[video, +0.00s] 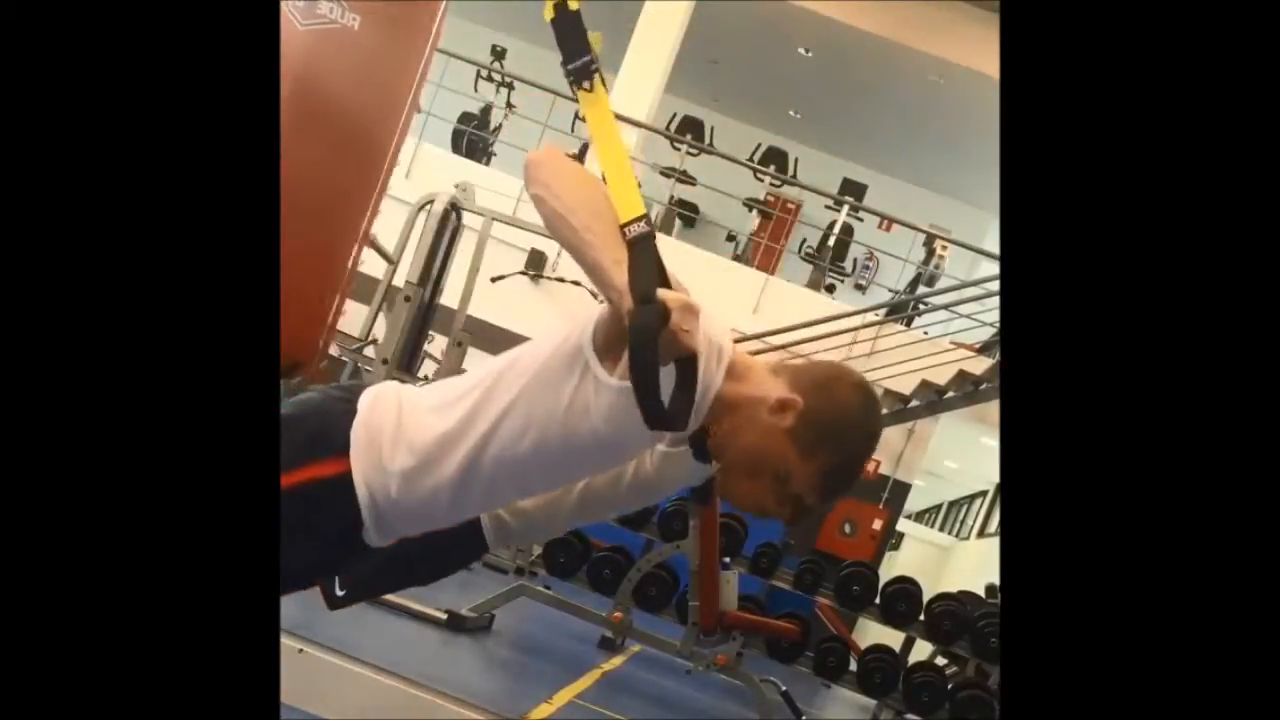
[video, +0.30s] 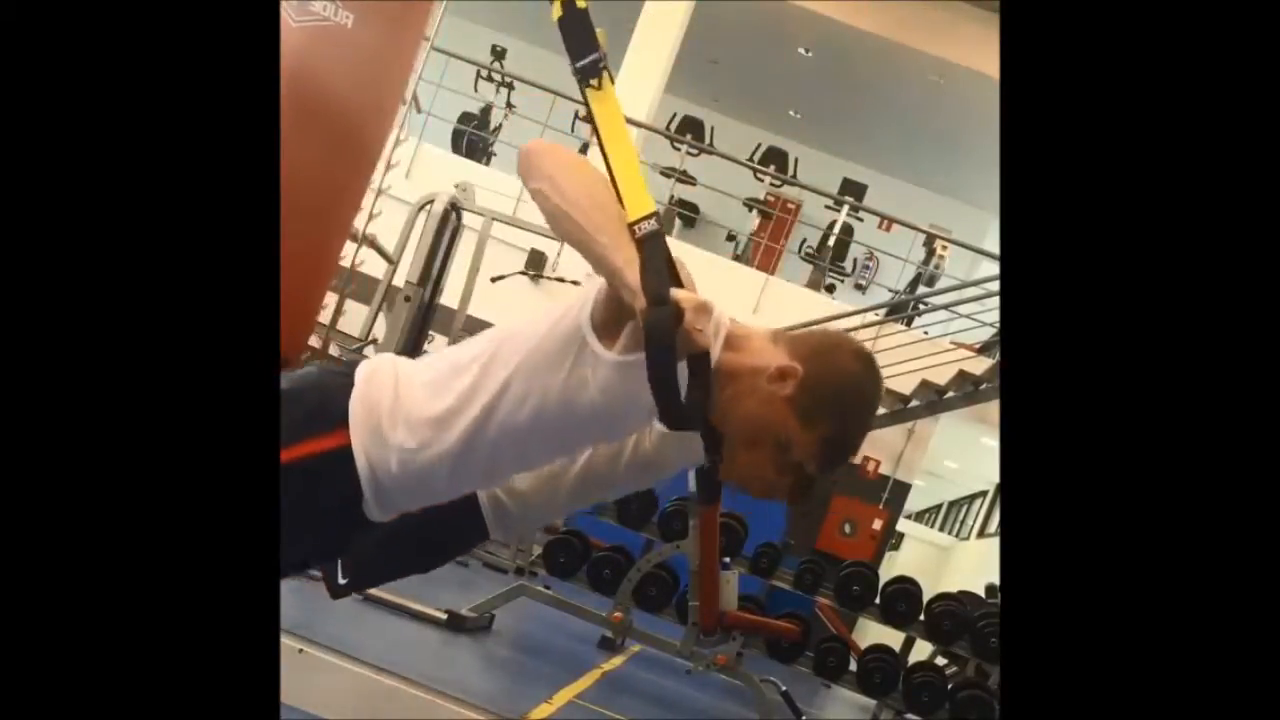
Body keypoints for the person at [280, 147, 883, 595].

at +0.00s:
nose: (760, 505)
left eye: (781, 504)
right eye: (779, 487)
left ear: (780, 407)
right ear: (779, 412)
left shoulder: (711, 440)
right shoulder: (683, 343)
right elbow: (547, 168)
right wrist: (638, 295)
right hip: (347, 470)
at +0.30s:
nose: (766, 486)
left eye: (788, 480)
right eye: (788, 463)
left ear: (781, 378)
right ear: (782, 384)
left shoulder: (710, 422)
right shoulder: (673, 307)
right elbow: (542, 160)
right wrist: (646, 291)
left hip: (377, 496)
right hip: (342, 442)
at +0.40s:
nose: (757, 403)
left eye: (778, 402)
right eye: (776, 385)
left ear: (775, 317)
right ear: (775, 319)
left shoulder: (697, 360)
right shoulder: (665, 259)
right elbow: (532, 141)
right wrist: (640, 276)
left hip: (371, 464)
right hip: (335, 412)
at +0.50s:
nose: (748, 347)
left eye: (766, 349)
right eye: (764, 332)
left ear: (765, 257)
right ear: (766, 263)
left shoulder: (682, 312)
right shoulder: (667, 219)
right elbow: (526, 129)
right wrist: (644, 278)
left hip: (375, 432)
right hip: (337, 381)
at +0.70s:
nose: (725, 239)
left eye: (744, 236)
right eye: (744, 222)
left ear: (731, 153)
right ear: (730, 155)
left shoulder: (642, 208)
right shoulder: (620, 119)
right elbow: (523, 130)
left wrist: (678, 369)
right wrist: (639, 279)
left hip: (358, 378)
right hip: (318, 321)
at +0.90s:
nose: (699, 145)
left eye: (717, 135)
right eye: (711, 119)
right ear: (683, 45)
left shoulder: (597, 134)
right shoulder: (553, 33)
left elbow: (634, 260)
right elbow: (539, 149)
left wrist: (662, 371)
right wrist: (647, 306)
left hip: (335, 336)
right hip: (294, 275)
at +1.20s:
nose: (677, 116)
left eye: (695, 108)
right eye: (690, 90)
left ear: (659, 16)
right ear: (662, 14)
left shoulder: (570, 98)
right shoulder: (525, 14)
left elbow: (613, 226)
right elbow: (522, 142)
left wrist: (672, 365)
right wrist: (611, 292)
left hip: (321, 304)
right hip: (285, 250)